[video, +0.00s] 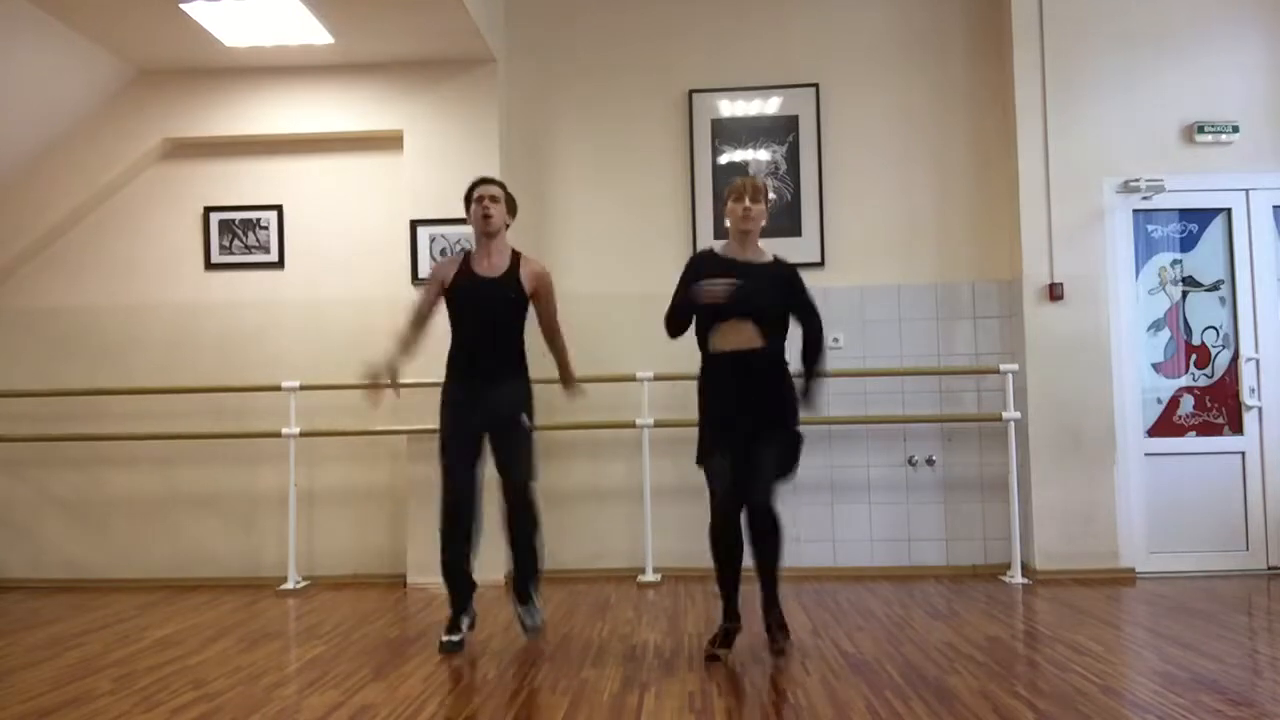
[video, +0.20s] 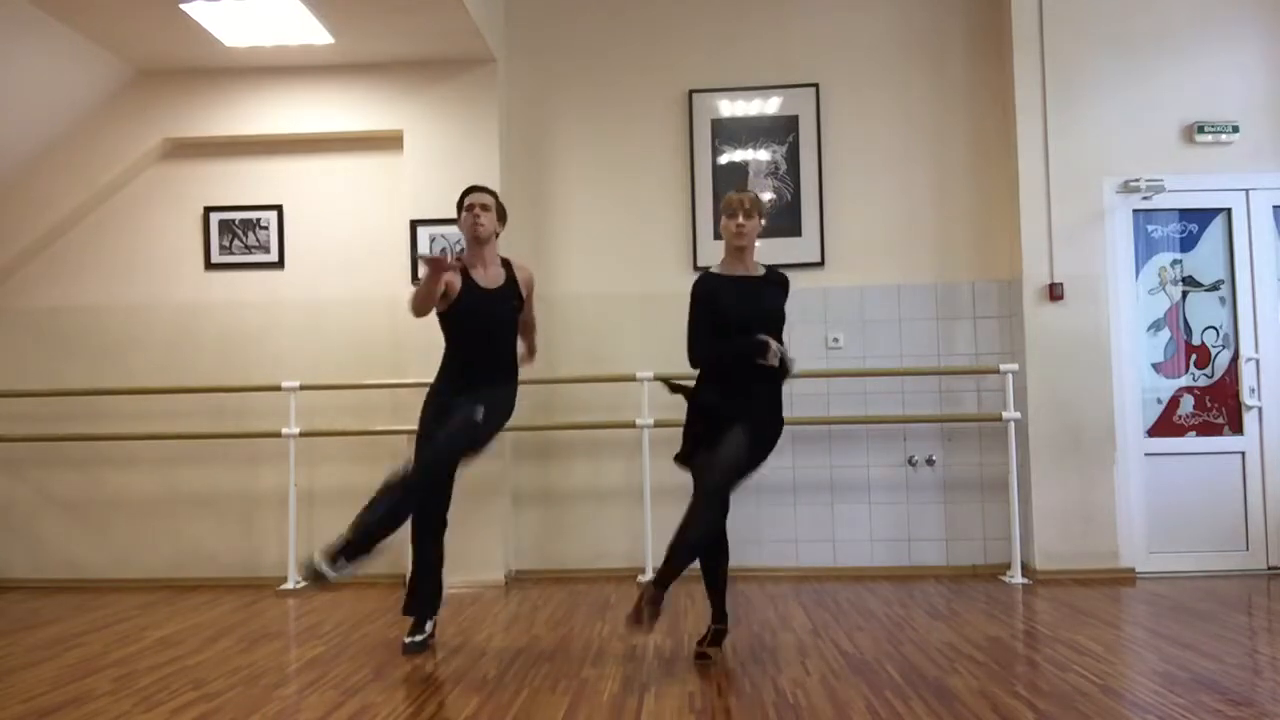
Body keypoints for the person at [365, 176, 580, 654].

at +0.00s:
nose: (485, 207)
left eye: (493, 201)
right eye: (477, 202)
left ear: (509, 214)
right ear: (468, 216)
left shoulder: (531, 273)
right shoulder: (448, 272)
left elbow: (551, 330)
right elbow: (417, 323)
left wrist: (567, 375)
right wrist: (392, 365)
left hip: (511, 396)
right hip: (461, 397)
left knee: (519, 496)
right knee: (457, 502)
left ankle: (525, 591)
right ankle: (460, 608)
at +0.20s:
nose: (476, 215)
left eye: (484, 209)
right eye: (469, 209)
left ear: (500, 223)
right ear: (459, 222)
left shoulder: (519, 275)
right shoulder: (448, 272)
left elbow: (527, 319)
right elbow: (419, 310)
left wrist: (529, 348)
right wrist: (434, 277)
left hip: (495, 390)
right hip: (449, 389)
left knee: (431, 464)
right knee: (431, 505)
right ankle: (424, 615)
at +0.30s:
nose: (473, 215)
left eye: (482, 209)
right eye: (466, 210)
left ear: (499, 223)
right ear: (457, 225)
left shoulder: (519, 274)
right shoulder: (445, 272)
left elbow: (525, 325)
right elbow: (418, 308)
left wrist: (531, 371)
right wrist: (447, 277)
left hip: (496, 384)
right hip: (449, 385)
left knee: (440, 436)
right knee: (428, 495)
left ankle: (380, 537)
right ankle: (420, 614)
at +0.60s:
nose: (471, 231)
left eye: (481, 225)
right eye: (465, 226)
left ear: (499, 240)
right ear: (458, 240)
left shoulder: (522, 291)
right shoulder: (440, 300)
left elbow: (573, 337)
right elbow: (430, 364)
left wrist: (602, 303)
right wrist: (425, 424)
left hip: (521, 417)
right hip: (470, 419)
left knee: (560, 501)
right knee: (432, 510)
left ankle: (590, 585)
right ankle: (413, 619)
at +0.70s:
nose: (491, 234)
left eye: (499, 227)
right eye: (484, 229)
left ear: (517, 240)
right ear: (476, 243)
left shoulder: (538, 272)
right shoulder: (474, 296)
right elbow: (452, 344)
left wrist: (594, 242)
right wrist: (434, 389)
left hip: (556, 415)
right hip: (507, 419)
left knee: (591, 513)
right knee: (464, 515)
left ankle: (622, 604)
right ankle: (420, 618)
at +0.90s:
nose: (561, 226)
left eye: (568, 220)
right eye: (554, 221)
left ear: (583, 228)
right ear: (544, 233)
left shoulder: (601, 277)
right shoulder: (539, 286)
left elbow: (581, 302)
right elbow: (514, 318)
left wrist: (543, 267)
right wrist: (488, 337)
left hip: (610, 403)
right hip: (565, 408)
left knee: (625, 505)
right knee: (595, 507)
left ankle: (624, 602)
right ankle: (659, 583)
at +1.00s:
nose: (579, 227)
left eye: (586, 220)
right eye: (571, 221)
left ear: (601, 229)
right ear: (561, 231)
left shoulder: (618, 281)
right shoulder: (556, 285)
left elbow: (585, 323)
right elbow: (527, 319)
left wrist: (542, 295)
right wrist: (503, 332)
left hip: (627, 407)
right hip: (584, 414)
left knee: (633, 510)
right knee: (627, 511)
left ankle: (624, 603)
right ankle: (677, 604)